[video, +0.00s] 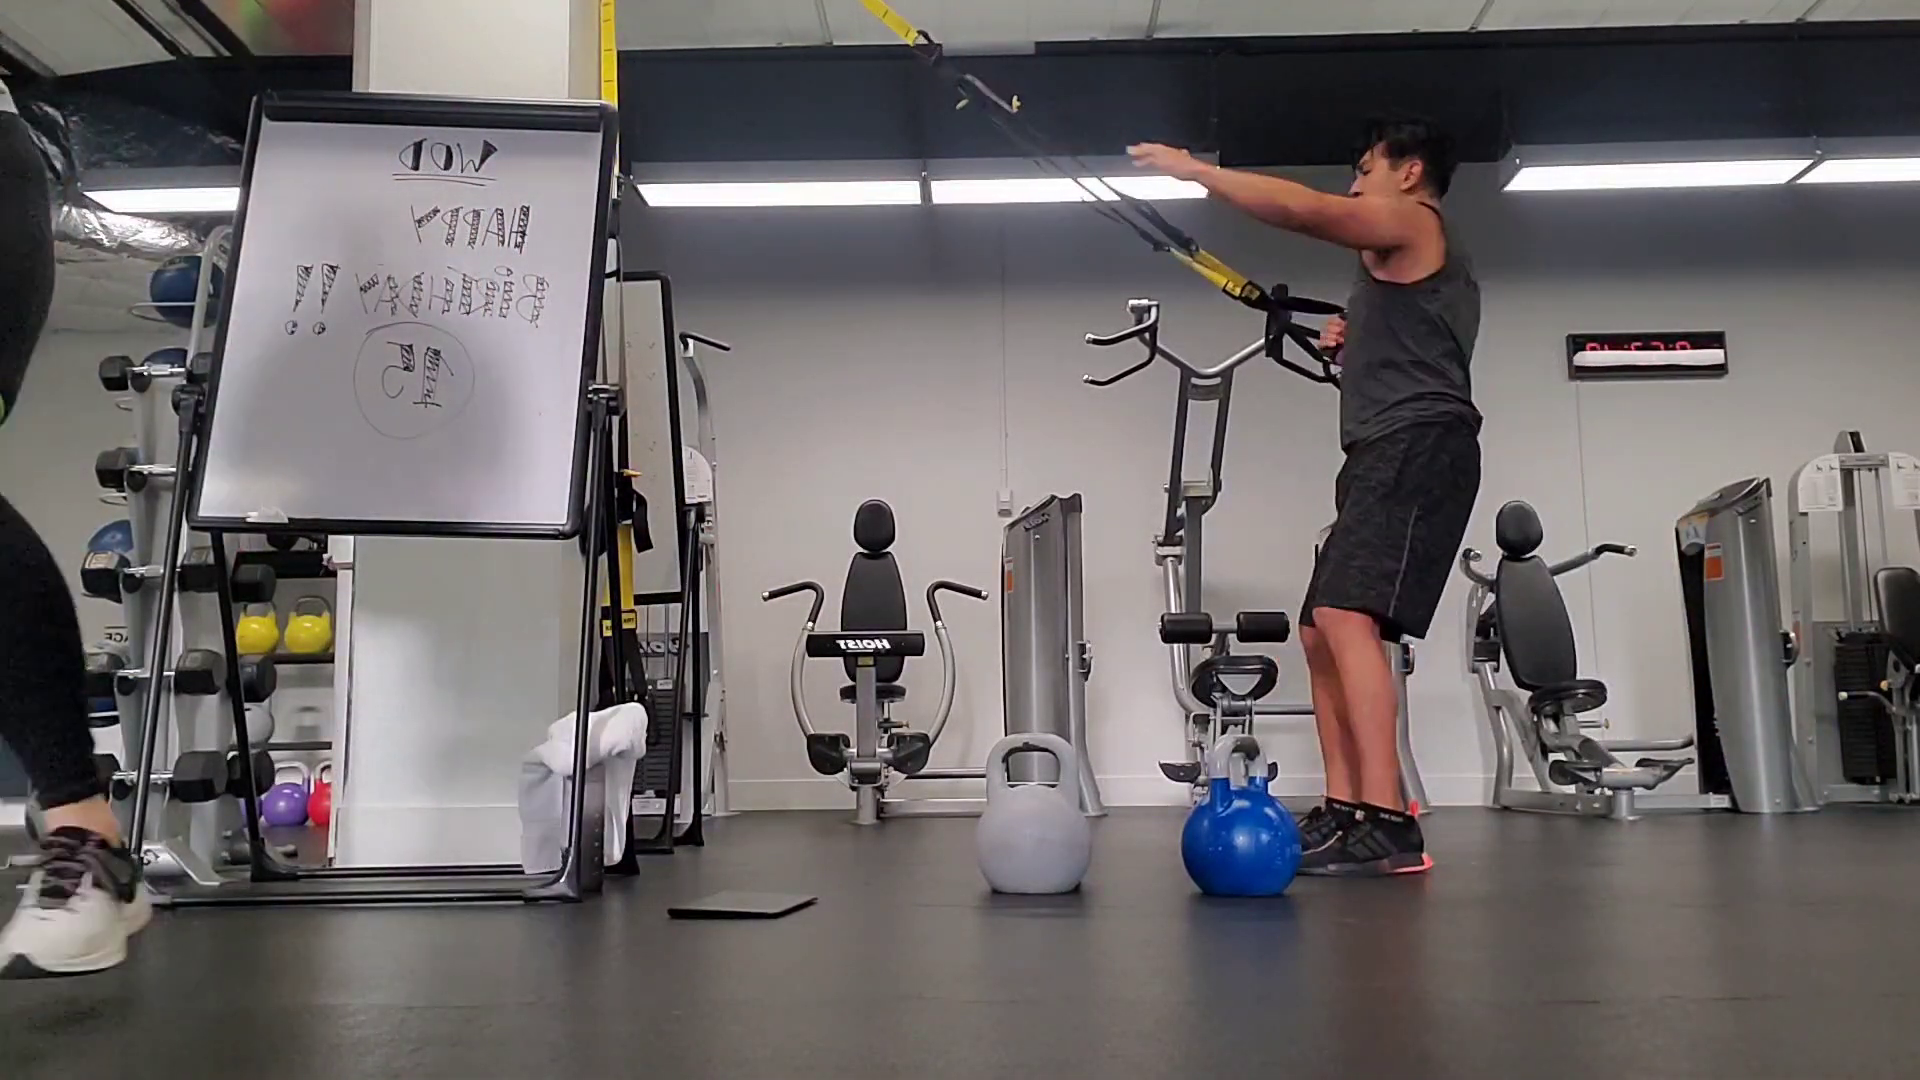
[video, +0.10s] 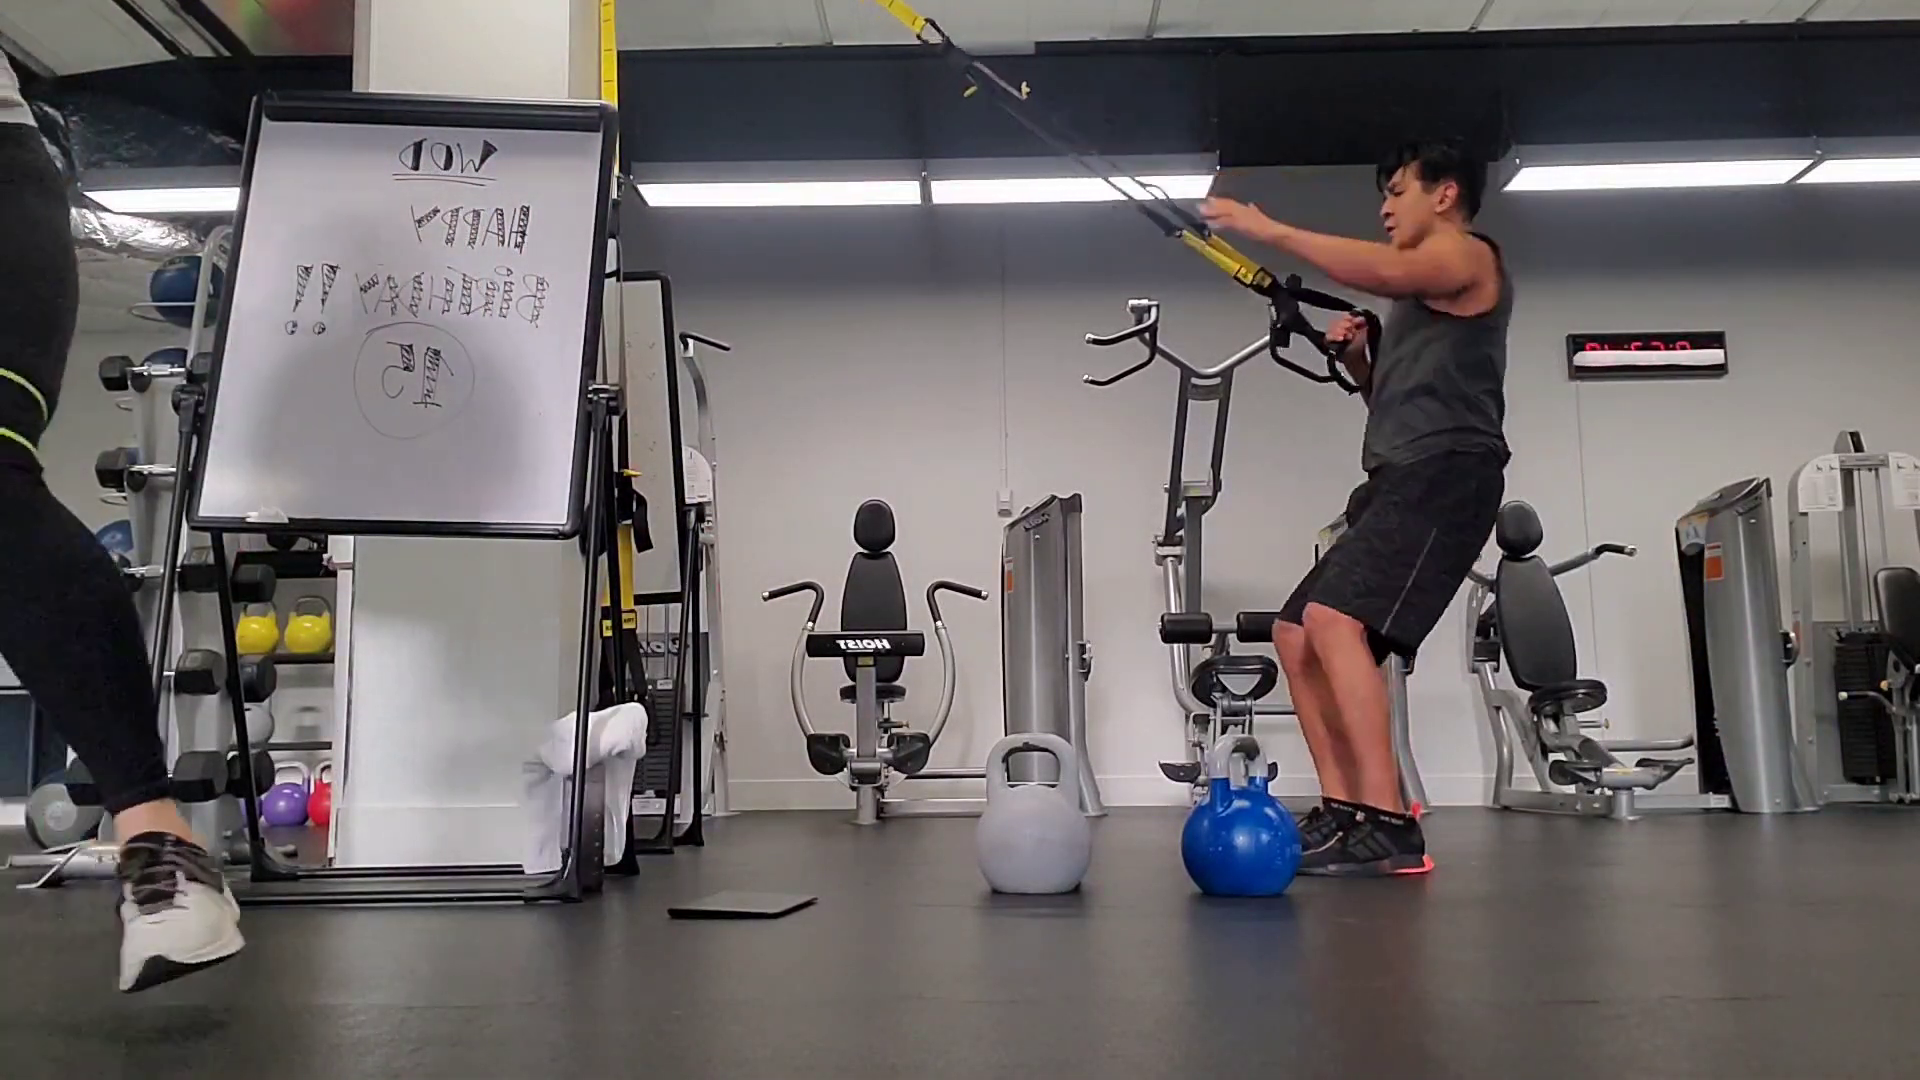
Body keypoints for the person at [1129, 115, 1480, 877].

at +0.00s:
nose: (1355, 182)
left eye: (1365, 168)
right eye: (1358, 170)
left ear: (1409, 170)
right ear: (1412, 176)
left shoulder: (1409, 220)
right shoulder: (1417, 255)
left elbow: (1297, 209)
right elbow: (1424, 349)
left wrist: (1194, 169)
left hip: (1418, 441)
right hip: (1388, 448)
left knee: (1349, 619)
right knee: (1319, 626)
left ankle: (1387, 821)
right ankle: (1347, 812)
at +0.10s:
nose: (1384, 206)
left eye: (1397, 191)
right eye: (1385, 195)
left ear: (1445, 195)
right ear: (1430, 200)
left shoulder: (1469, 255)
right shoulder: (1417, 280)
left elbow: (1391, 270)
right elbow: (1399, 396)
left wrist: (1271, 230)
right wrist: (1361, 356)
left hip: (1447, 469)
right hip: (1398, 476)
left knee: (1334, 620)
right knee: (1293, 632)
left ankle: (1387, 822)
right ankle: (1346, 812)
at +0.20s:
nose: (1423, 250)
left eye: (1437, 233)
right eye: (1423, 237)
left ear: (1488, 238)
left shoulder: (1516, 307)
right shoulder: (1453, 341)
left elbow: (1513, 362)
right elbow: (1393, 439)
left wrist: (1379, 330)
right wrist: (1363, 369)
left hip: (1473, 515)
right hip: (1418, 520)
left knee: (1326, 624)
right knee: (1279, 636)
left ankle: (1388, 822)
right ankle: (1345, 811)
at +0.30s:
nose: (1467, 302)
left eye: (1481, 286)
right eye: (1466, 291)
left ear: (1536, 291)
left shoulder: (1572, 379)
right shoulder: (1483, 395)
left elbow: (1602, 468)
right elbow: (1394, 449)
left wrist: (1522, 461)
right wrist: (1365, 372)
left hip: (1501, 575)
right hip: (1446, 571)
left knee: (1329, 626)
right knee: (1276, 640)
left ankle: (1388, 824)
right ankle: (1342, 810)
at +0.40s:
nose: (1512, 358)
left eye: (1528, 341)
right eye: (1511, 344)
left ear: (1582, 351)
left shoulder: (1623, 448)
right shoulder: (1503, 440)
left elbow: (1692, 554)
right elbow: (1405, 462)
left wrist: (1678, 592)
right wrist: (1365, 391)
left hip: (1526, 638)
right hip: (1462, 627)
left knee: (1347, 623)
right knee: (1286, 639)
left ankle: (1390, 823)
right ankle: (1339, 813)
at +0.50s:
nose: (1548, 410)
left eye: (1564, 394)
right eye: (1547, 397)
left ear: (1622, 404)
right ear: (1552, 407)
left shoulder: (1663, 510)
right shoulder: (1524, 479)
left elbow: (1734, 612)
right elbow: (1416, 470)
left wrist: (1780, 676)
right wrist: (1362, 397)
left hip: (1547, 695)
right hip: (1481, 682)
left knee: (1382, 620)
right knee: (1308, 639)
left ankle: (1395, 824)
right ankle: (1341, 811)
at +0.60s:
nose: (1577, 453)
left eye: (1593, 440)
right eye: (1575, 441)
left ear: (1652, 452)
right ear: (1573, 451)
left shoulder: (1692, 563)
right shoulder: (1543, 513)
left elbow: (1770, 675)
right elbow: (1427, 481)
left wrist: (1852, 741)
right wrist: (1361, 409)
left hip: (1559, 741)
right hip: (1478, 714)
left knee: (1426, 623)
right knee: (1330, 637)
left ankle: (1398, 823)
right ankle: (1342, 812)